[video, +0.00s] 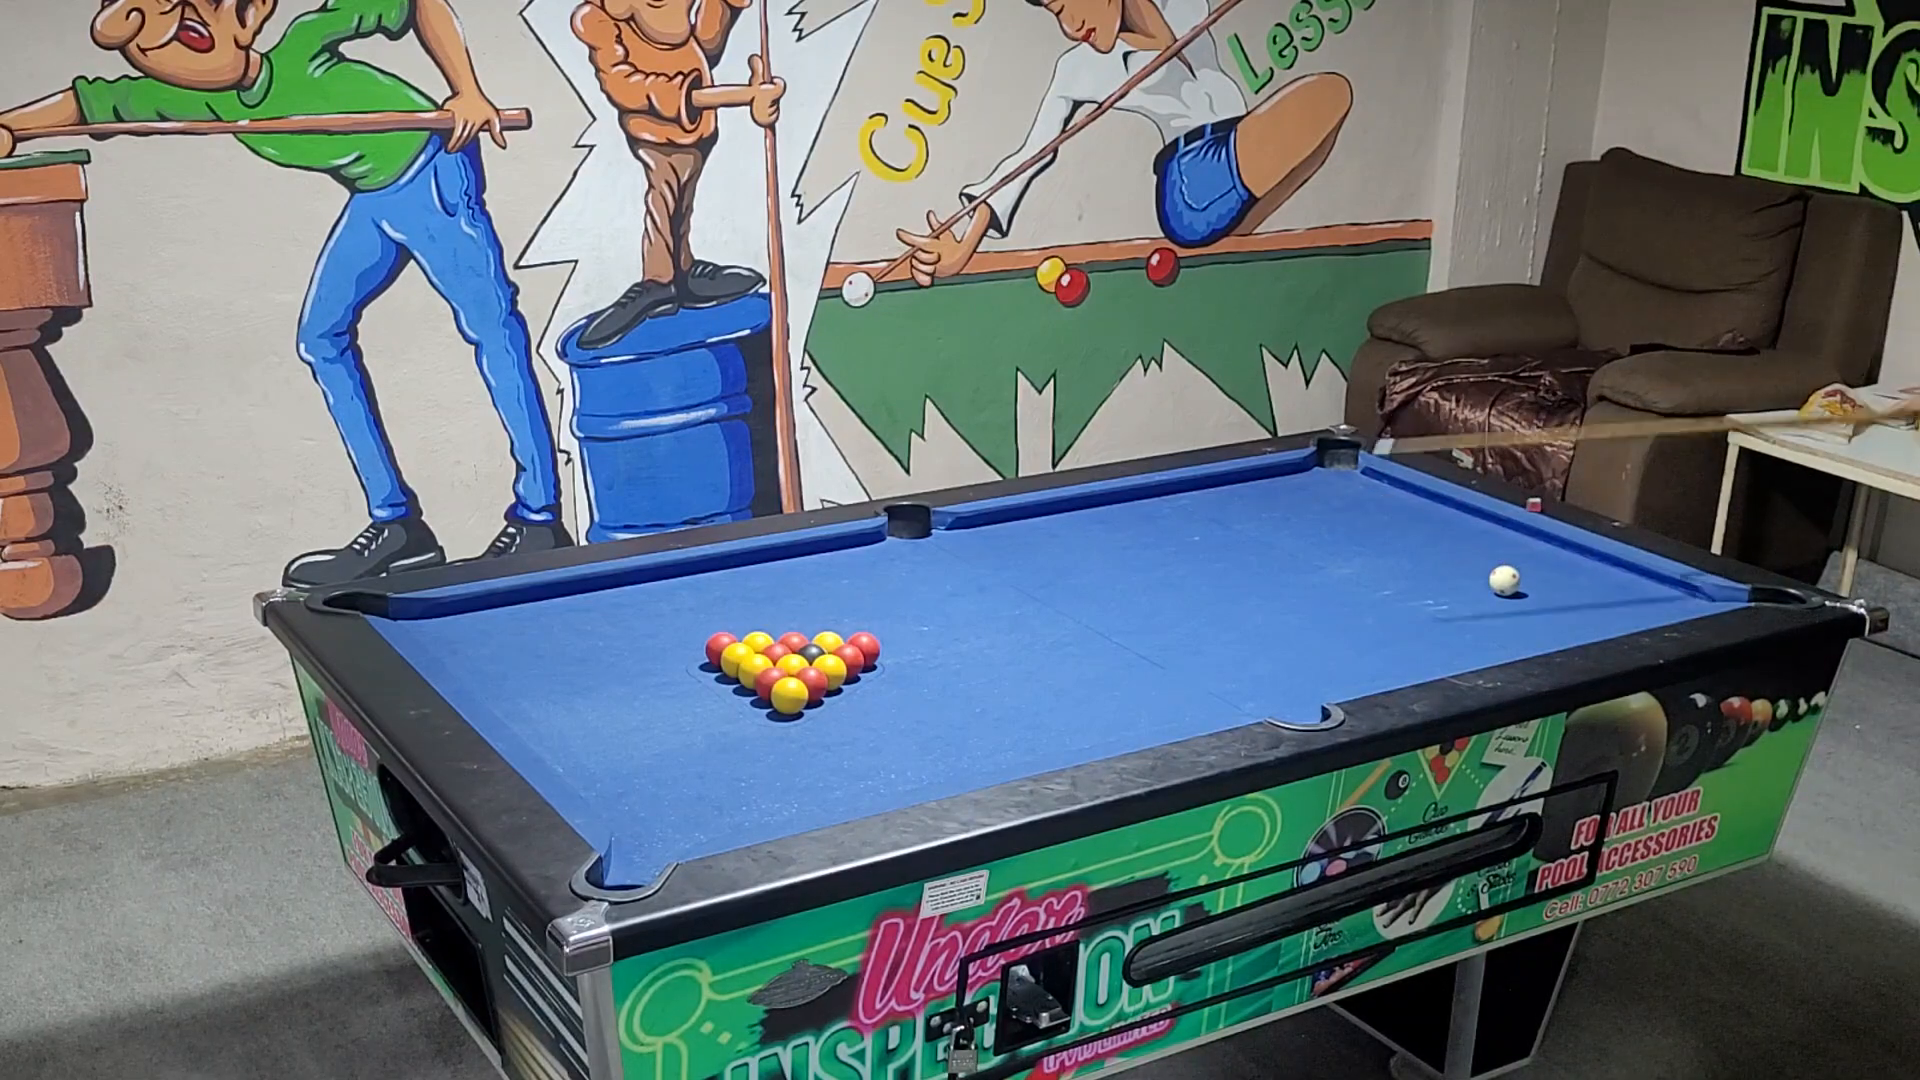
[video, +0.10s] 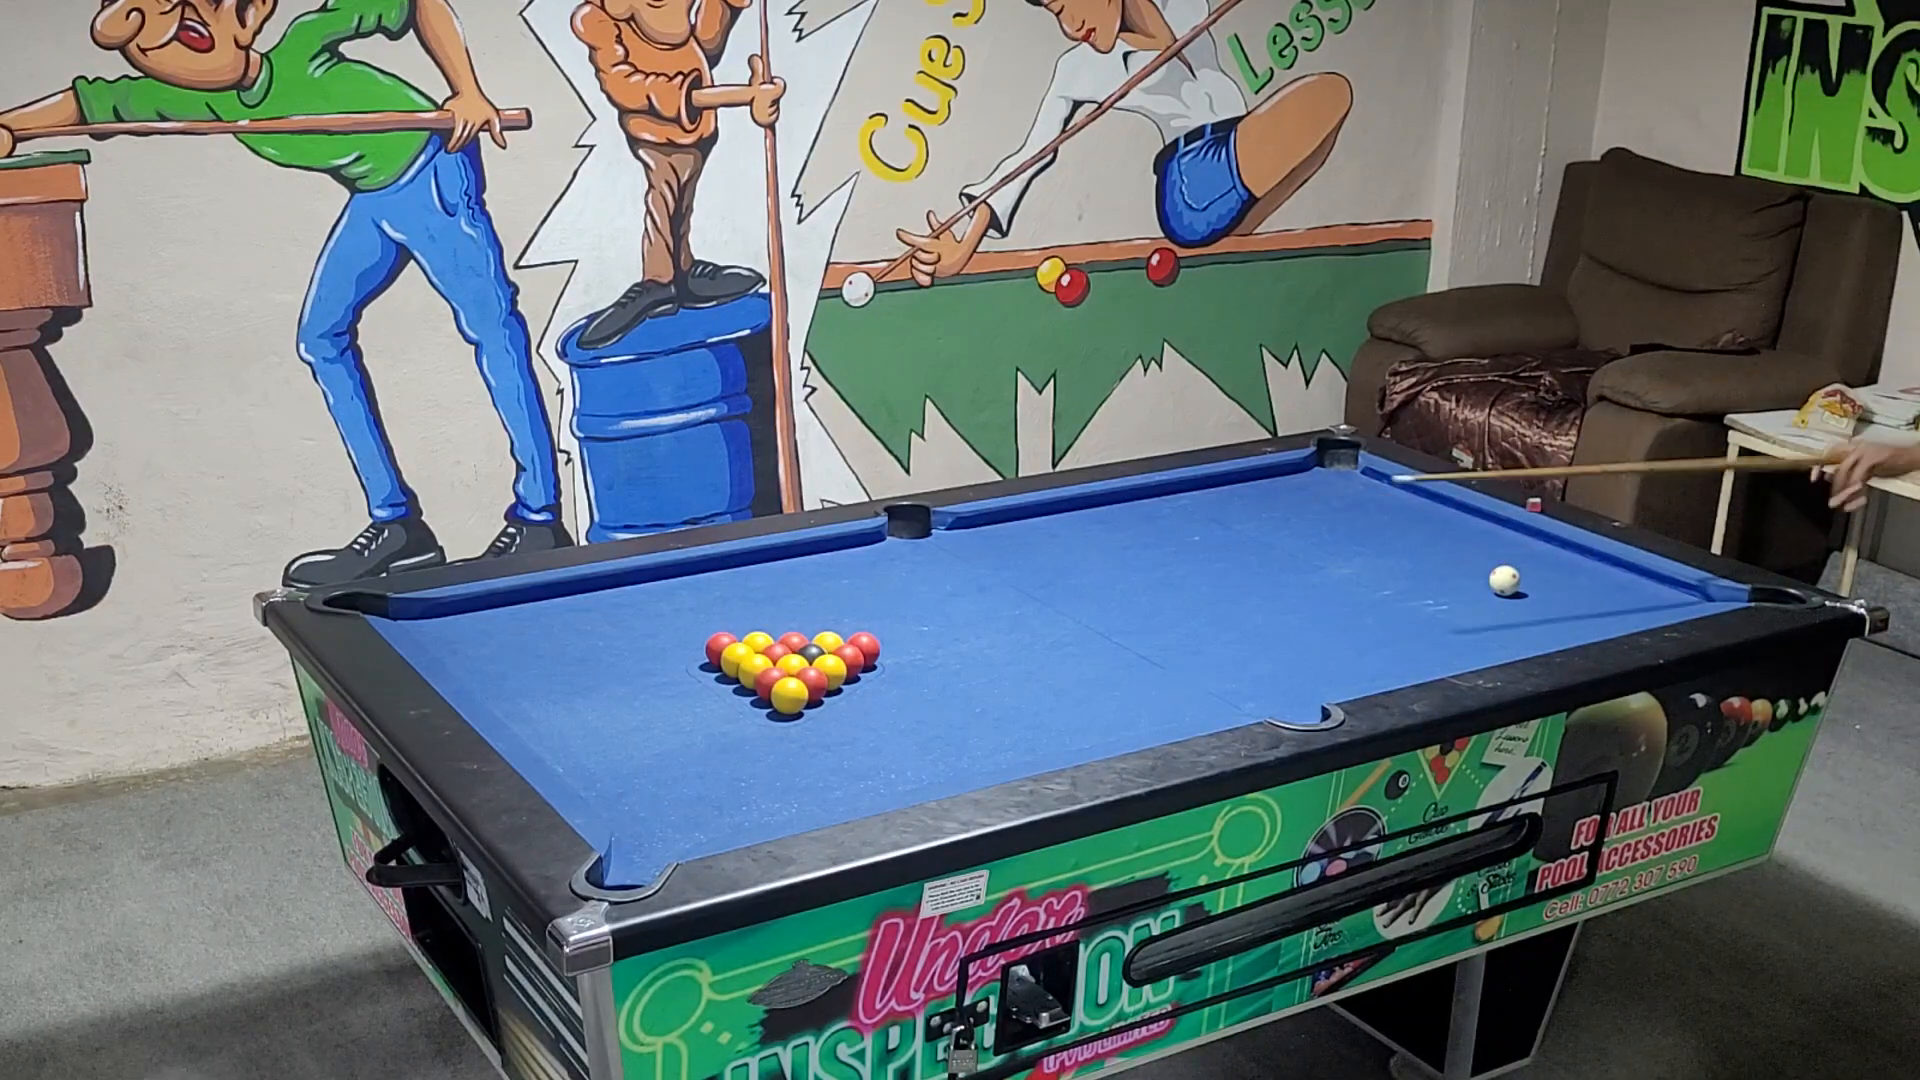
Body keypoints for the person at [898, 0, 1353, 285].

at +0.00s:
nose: (1070, 24)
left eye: (1070, 5)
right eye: (1057, 16)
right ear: (1056, 18)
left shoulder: (1175, 10)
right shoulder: (1077, 69)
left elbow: (1200, 58)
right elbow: (1028, 157)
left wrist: (1138, 14)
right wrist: (963, 246)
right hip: (1191, 185)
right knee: (1330, 91)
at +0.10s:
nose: (1069, 24)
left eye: (1070, 5)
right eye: (1057, 15)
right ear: (1056, 18)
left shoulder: (1175, 10)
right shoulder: (1077, 69)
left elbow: (1200, 57)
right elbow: (1028, 157)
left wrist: (1140, 14)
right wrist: (964, 245)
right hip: (1196, 178)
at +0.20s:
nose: (1070, 24)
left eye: (1071, 4)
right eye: (1057, 15)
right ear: (1056, 19)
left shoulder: (1176, 10)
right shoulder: (1076, 69)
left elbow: (1198, 57)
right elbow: (1028, 157)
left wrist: (1137, 11)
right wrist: (963, 246)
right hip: (1192, 182)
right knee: (1332, 92)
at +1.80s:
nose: (1070, 24)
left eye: (1071, 5)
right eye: (1056, 15)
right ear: (1055, 18)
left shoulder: (1175, 11)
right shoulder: (1076, 69)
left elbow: (1196, 58)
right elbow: (1029, 156)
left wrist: (1139, 12)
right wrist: (963, 244)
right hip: (1191, 183)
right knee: (1330, 91)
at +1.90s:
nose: (1070, 23)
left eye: (1071, 4)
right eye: (1056, 15)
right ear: (1055, 18)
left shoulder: (1174, 9)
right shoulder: (1076, 69)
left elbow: (1195, 57)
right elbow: (1028, 156)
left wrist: (1141, 15)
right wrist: (964, 245)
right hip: (1193, 172)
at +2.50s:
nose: (1070, 23)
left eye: (1071, 4)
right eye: (1056, 15)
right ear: (1055, 18)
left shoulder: (1174, 9)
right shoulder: (1076, 69)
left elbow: (1196, 56)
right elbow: (1028, 156)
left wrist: (1142, 15)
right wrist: (964, 245)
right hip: (1194, 167)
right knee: (1187, 206)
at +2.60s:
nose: (1069, 24)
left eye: (1070, 5)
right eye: (1056, 15)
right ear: (1055, 18)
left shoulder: (1176, 10)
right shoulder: (1076, 68)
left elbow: (1197, 58)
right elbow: (1028, 156)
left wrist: (1140, 12)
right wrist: (964, 245)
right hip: (1191, 183)